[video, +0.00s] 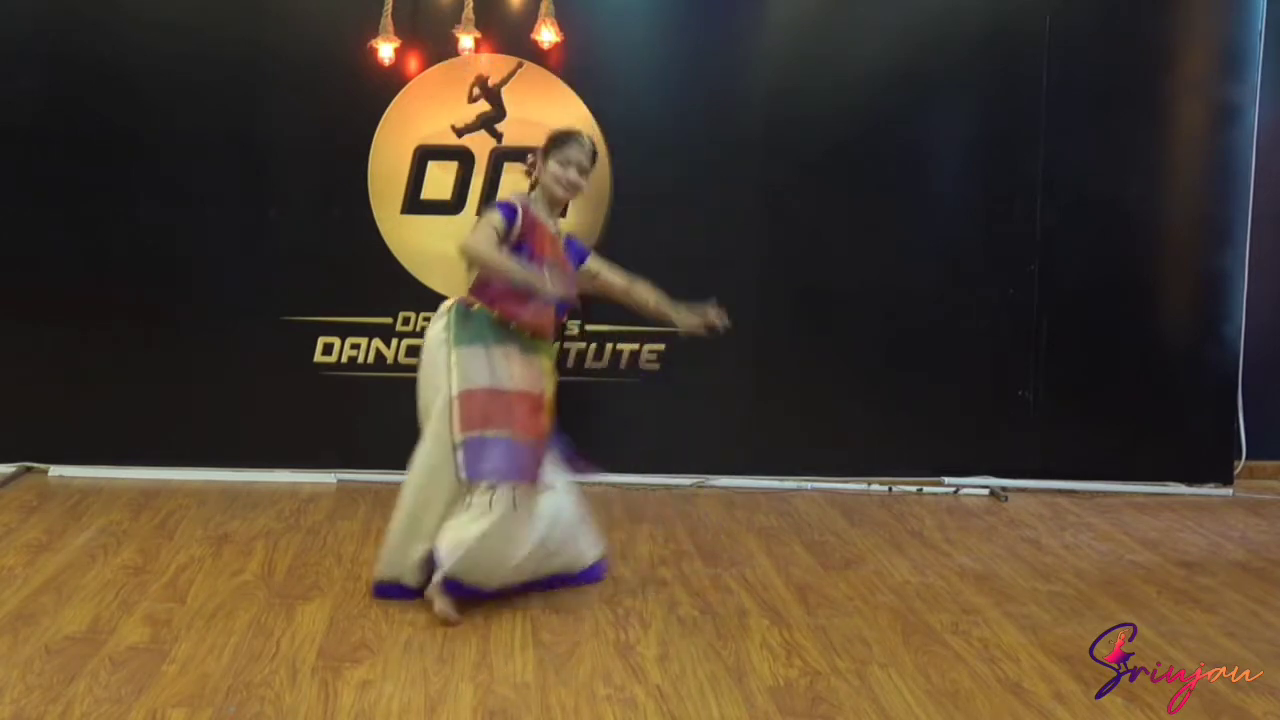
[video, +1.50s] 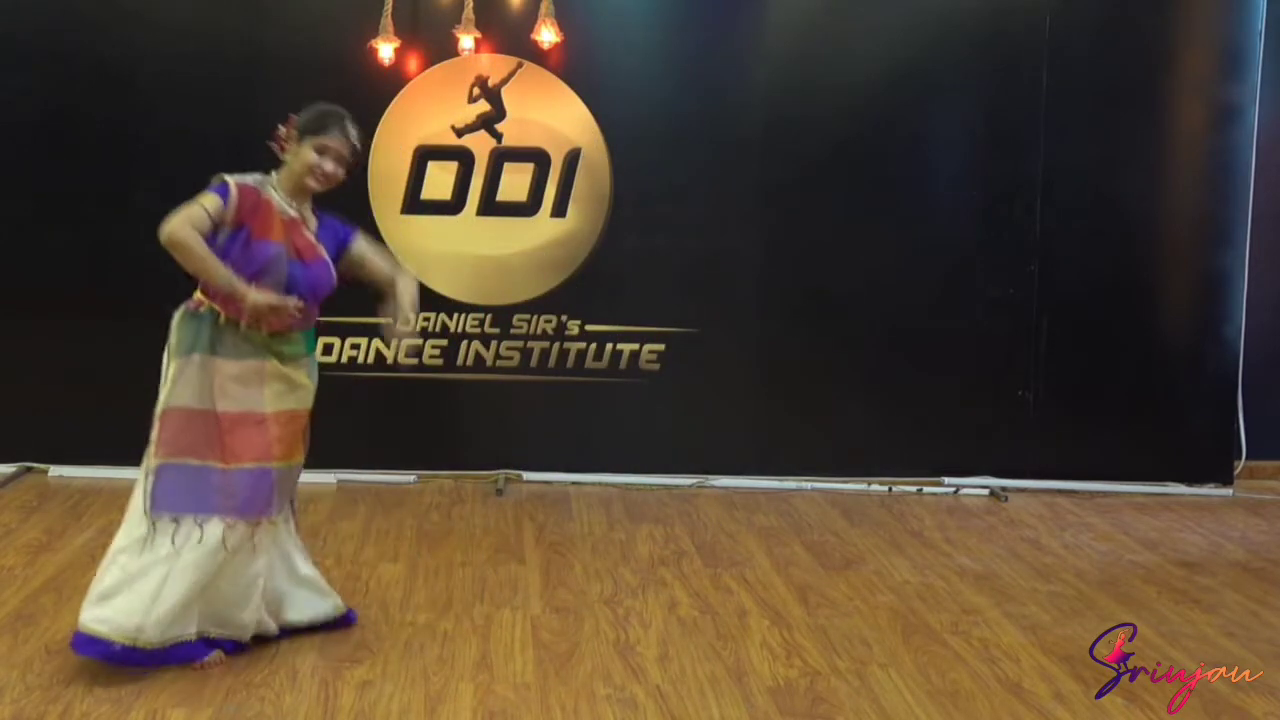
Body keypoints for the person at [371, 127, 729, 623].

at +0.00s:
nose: (573, 177)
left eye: (582, 172)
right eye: (565, 164)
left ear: (587, 183)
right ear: (540, 164)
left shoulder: (566, 249)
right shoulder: (509, 211)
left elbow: (625, 284)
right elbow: (476, 247)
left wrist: (678, 312)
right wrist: (537, 280)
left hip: (522, 354)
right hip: (471, 340)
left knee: (526, 459)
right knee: (493, 458)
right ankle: (444, 569)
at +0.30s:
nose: (561, 202)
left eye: (566, 193)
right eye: (556, 189)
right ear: (520, 177)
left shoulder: (528, 253)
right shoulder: (473, 219)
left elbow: (575, 318)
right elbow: (458, 288)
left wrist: (630, 371)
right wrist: (516, 341)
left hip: (475, 356)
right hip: (429, 344)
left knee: (478, 455)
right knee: (463, 452)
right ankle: (421, 578)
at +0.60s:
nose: (427, 122)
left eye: (439, 112)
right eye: (425, 113)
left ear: (474, 124)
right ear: (424, 124)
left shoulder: (497, 203)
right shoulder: (404, 170)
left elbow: (534, 244)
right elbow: (345, 134)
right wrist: (292, 85)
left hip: (448, 333)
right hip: (382, 324)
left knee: (439, 461)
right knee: (343, 446)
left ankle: (422, 583)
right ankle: (358, 557)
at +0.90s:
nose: (369, 100)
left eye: (383, 93)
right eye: (368, 92)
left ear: (415, 109)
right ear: (363, 105)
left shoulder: (425, 172)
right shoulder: (331, 146)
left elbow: (475, 184)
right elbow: (263, 97)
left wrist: (411, 178)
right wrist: (238, 21)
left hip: (378, 312)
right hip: (308, 302)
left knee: (381, 447)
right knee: (303, 439)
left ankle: (405, 573)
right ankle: (307, 577)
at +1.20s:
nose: (347, 172)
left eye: (362, 169)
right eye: (343, 159)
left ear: (375, 185)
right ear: (327, 160)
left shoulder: (370, 253)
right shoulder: (281, 210)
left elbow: (432, 314)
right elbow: (209, 245)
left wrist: (460, 375)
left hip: (311, 379)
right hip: (243, 360)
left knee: (278, 492)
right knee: (226, 488)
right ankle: (185, 615)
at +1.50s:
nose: (329, 168)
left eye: (342, 163)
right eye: (322, 152)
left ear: (345, 173)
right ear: (290, 142)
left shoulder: (326, 230)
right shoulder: (242, 193)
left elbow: (396, 274)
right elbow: (176, 230)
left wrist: (403, 309)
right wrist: (242, 293)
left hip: (279, 372)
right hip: (214, 362)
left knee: (265, 486)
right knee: (205, 486)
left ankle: (253, 603)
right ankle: (173, 614)